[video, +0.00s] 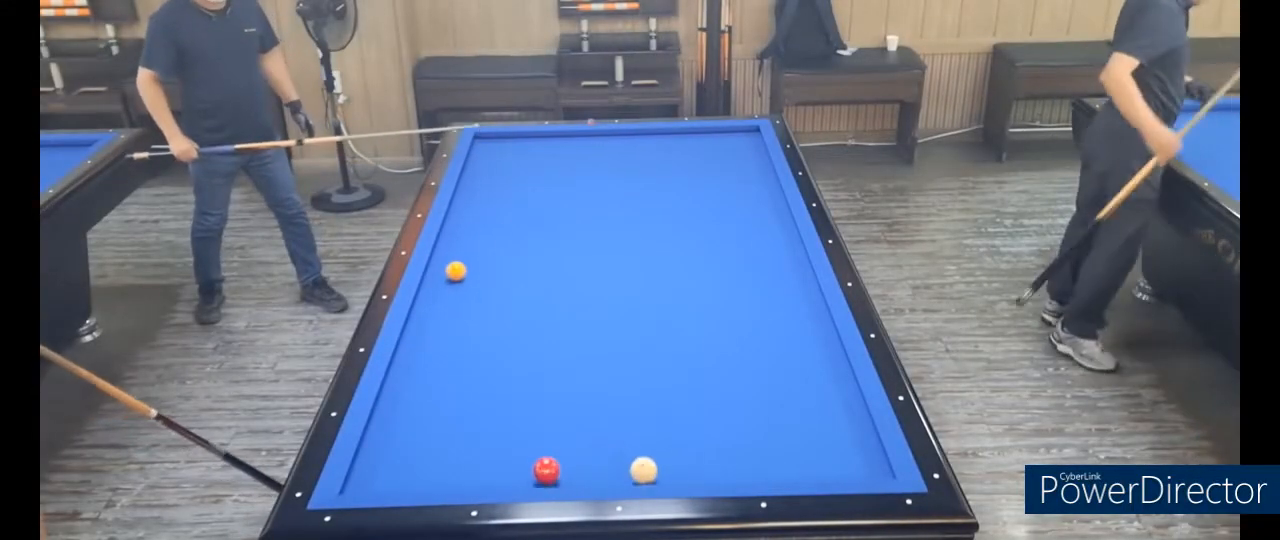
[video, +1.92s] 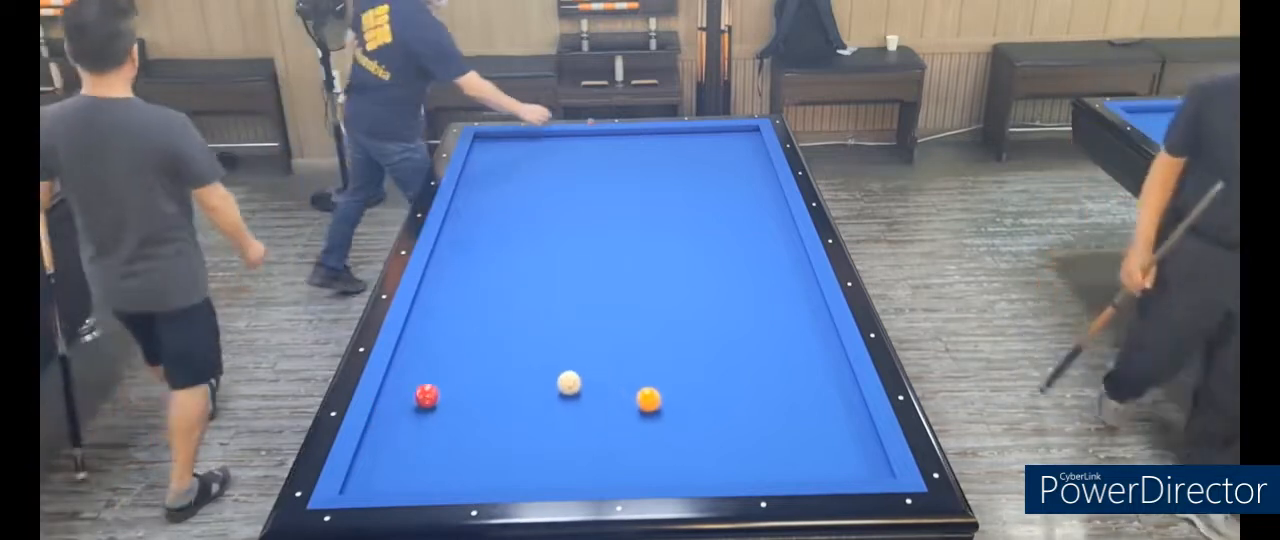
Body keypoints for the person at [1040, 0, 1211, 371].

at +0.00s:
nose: (1205, 0)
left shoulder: (1158, 8)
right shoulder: (1163, 12)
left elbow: (1137, 66)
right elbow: (1114, 74)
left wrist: (1179, 83)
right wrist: (1154, 131)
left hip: (1114, 132)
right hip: (1132, 143)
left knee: (1090, 220)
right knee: (1119, 239)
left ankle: (1060, 299)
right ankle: (1076, 331)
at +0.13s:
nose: (1214, 2)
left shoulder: (1166, 14)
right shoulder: (1159, 17)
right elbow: (1094, 73)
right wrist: (1107, 139)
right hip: (1127, 148)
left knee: (1091, 227)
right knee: (1106, 240)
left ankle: (1059, 302)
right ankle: (1071, 335)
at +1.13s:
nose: (1239, 24)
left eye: (1241, 15)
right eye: (1237, 13)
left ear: (1212, 7)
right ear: (1208, 4)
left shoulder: (1202, 41)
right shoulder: (1158, 39)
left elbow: (1168, 101)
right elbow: (1095, 99)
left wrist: (1185, 144)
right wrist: (1068, 171)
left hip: (1159, 167)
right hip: (1122, 166)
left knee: (1111, 238)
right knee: (1124, 271)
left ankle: (1073, 304)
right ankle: (1108, 377)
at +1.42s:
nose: (1236, 40)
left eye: (1240, 32)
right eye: (1232, 27)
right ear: (1205, 13)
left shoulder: (1232, 64)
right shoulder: (1150, 51)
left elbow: (1227, 127)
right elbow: (1098, 114)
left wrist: (1234, 185)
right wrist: (1069, 190)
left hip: (1187, 192)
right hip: (1127, 186)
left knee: (1173, 281)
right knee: (1118, 289)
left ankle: (1109, 313)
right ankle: (1107, 380)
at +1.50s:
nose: (1237, 49)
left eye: (1241, 41)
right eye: (1233, 38)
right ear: (1207, 19)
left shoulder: (1235, 71)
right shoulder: (1148, 56)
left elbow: (1233, 136)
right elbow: (1102, 125)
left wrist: (1235, 183)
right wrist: (1076, 196)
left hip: (1200, 201)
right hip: (1134, 194)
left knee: (1188, 303)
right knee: (1113, 293)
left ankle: (1136, 355)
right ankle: (1106, 379)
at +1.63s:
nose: (1243, 57)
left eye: (1245, 47)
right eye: (1240, 45)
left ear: (1228, 34)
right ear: (1219, 31)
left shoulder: (1236, 86)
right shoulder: (1160, 76)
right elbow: (1110, 146)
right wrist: (1088, 216)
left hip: (1216, 222)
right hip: (1147, 214)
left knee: (1203, 332)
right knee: (1119, 302)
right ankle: (1107, 379)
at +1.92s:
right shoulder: (1212, 96)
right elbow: (1166, 169)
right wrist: (1142, 245)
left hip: (1236, 263)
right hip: (1200, 254)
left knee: (1228, 391)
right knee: (1159, 350)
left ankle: (1209, 488)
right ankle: (1117, 392)